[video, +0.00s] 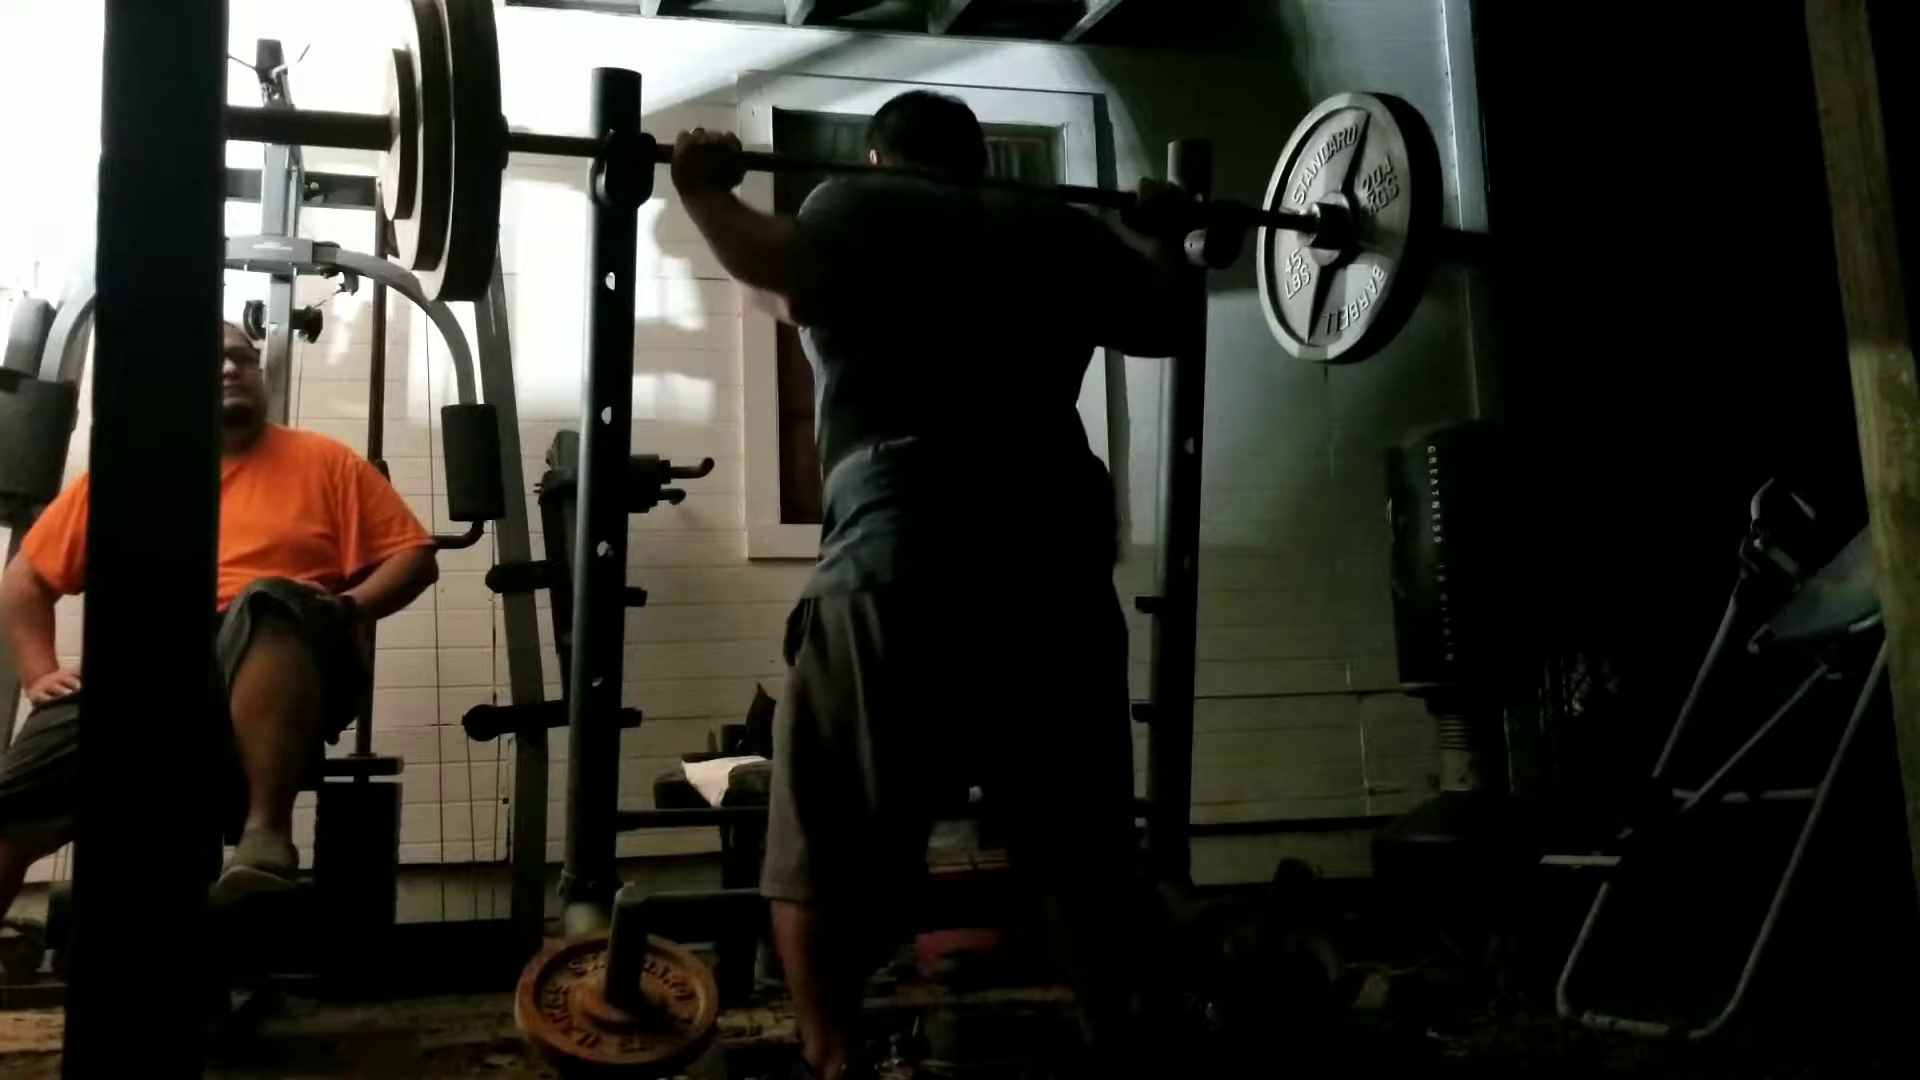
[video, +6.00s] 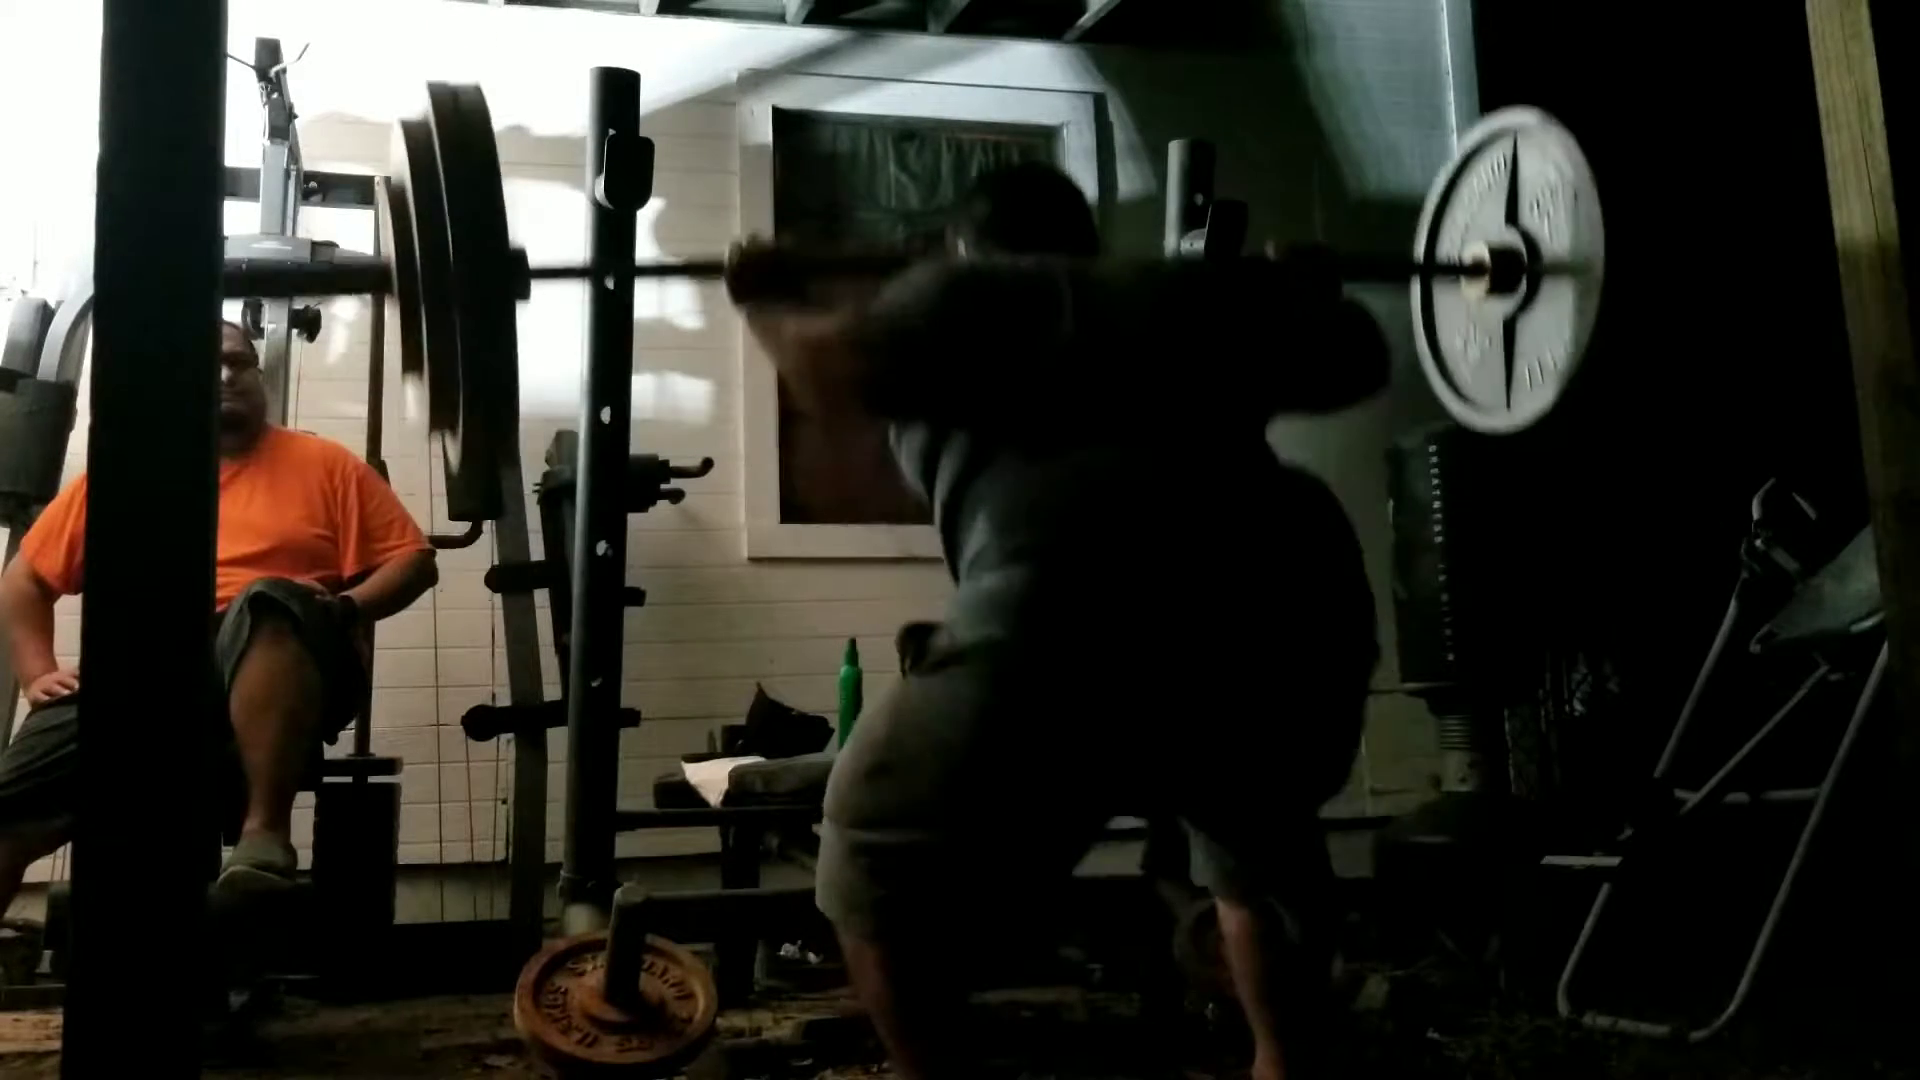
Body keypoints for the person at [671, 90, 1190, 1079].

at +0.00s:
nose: (861, 174)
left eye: (867, 159)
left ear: (876, 158)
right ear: (984, 162)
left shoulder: (848, 210)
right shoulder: (1057, 232)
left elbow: (777, 267)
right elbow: (1175, 320)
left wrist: (705, 188)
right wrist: (1161, 234)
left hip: (894, 558)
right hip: (1056, 558)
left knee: (823, 828)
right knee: (1083, 831)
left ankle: (829, 1055)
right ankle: (1123, 1040)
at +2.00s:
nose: (966, 44)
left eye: (969, 32)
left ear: (975, 42)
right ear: (1086, 41)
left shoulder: (937, 111)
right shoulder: (1171, 133)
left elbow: (857, 166)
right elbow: (1310, 228)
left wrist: (776, 70)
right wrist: (1302, 138)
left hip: (1000, 493)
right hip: (1176, 494)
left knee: (955, 804)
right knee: (1178, 809)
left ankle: (958, 1056)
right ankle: (1179, 1053)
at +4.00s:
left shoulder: (952, 58)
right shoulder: (1206, 76)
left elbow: (854, 143)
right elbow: (1348, 168)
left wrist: (758, 43)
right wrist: (1331, 75)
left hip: (1012, 479)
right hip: (1211, 475)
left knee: (955, 854)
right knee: (1253, 834)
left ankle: (956, 1069)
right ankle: (1285, 1063)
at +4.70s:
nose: (977, 165)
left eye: (975, 150)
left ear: (980, 151)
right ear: (1107, 147)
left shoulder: (950, 215)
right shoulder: (1200, 220)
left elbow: (847, 288)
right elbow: (1346, 300)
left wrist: (768, 204)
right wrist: (1324, 204)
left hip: (1036, 563)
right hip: (1248, 559)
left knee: (904, 846)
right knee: (1237, 836)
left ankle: (935, 1062)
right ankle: (1281, 1058)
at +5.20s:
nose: (978, 327)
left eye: (982, 312)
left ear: (992, 320)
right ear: (1112, 314)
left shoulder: (960, 389)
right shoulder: (1212, 380)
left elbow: (849, 467)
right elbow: (1374, 463)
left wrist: (784, 392)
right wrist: (1340, 375)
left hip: (1060, 731)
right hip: (1289, 715)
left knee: (876, 845)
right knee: (1275, 884)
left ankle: (928, 1062)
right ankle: (1291, 1060)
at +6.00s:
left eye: (945, 247)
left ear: (960, 247)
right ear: (1092, 241)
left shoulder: (943, 308)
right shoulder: (1182, 301)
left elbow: (826, 367)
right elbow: (1356, 360)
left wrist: (767, 299)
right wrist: (1289, 279)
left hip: (1057, 620)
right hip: (1274, 608)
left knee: (877, 848)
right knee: (1256, 828)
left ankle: (924, 1062)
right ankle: (1284, 1058)